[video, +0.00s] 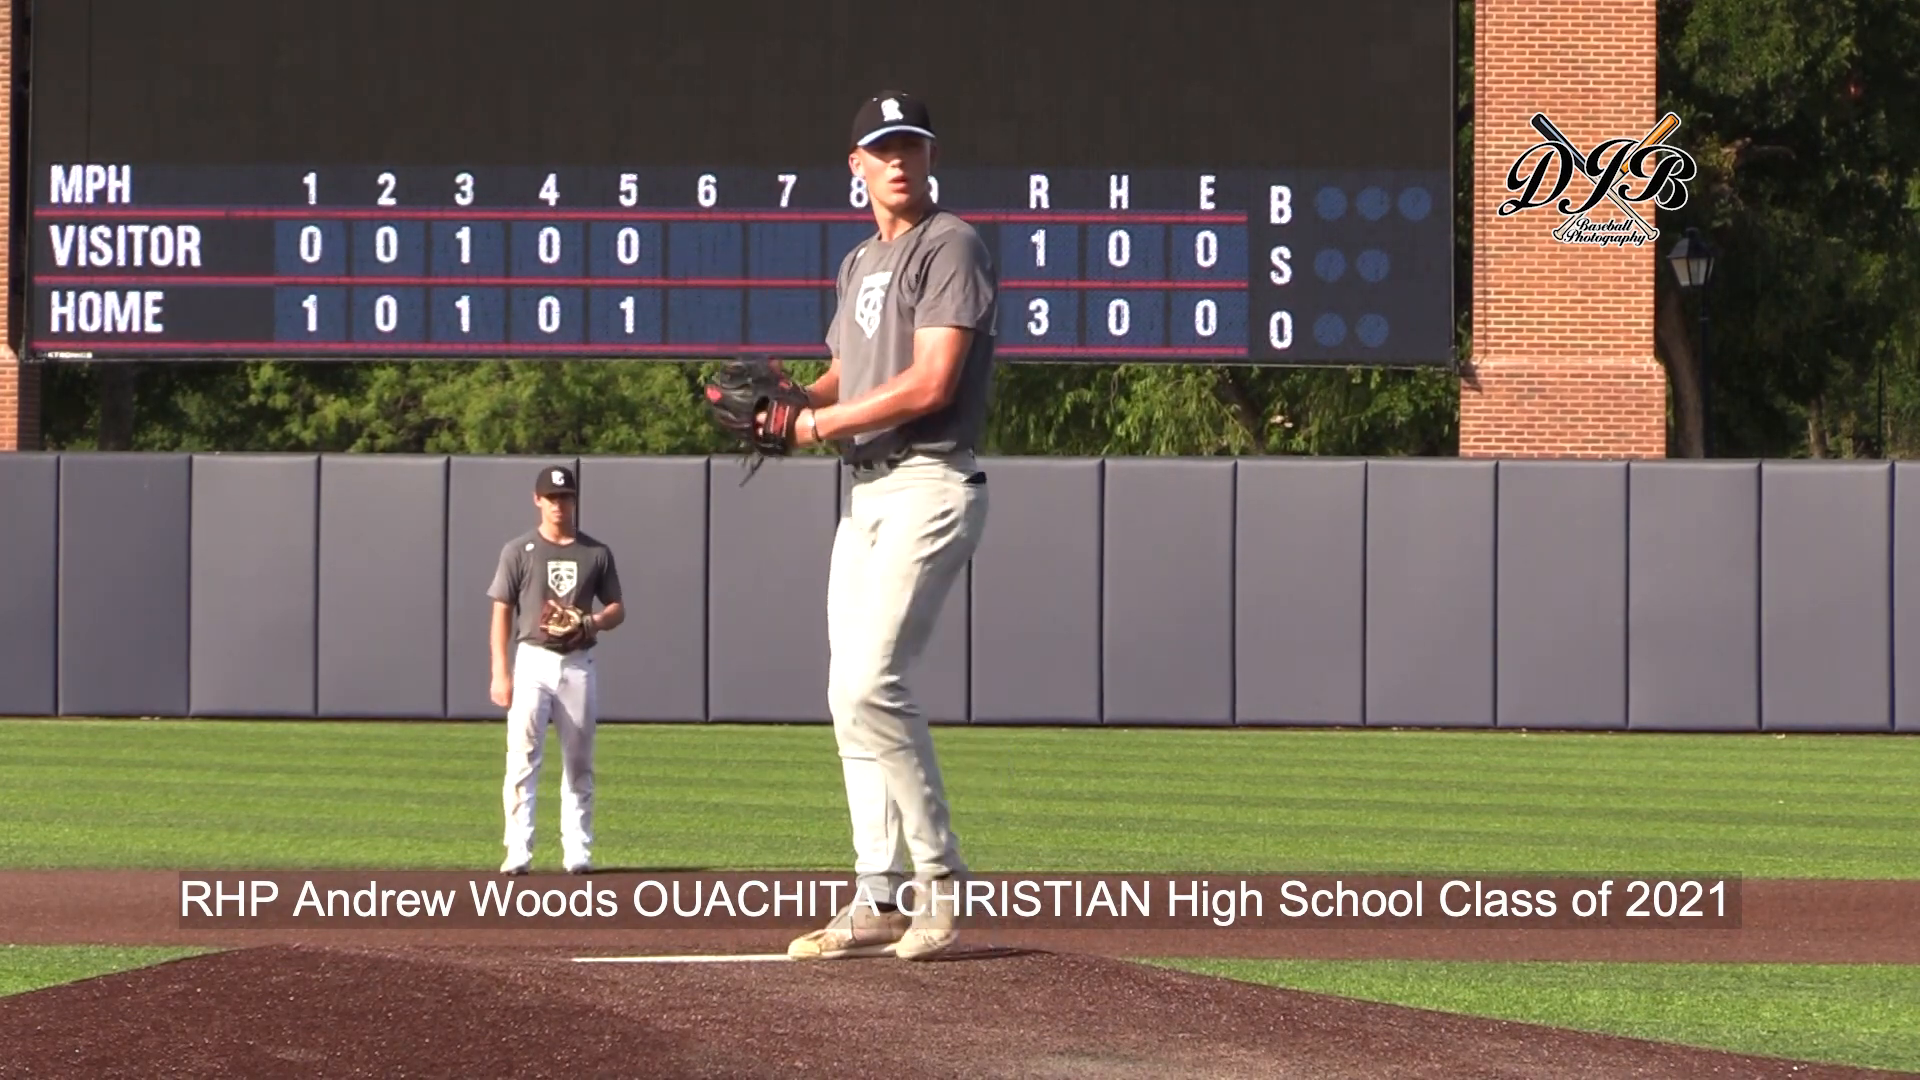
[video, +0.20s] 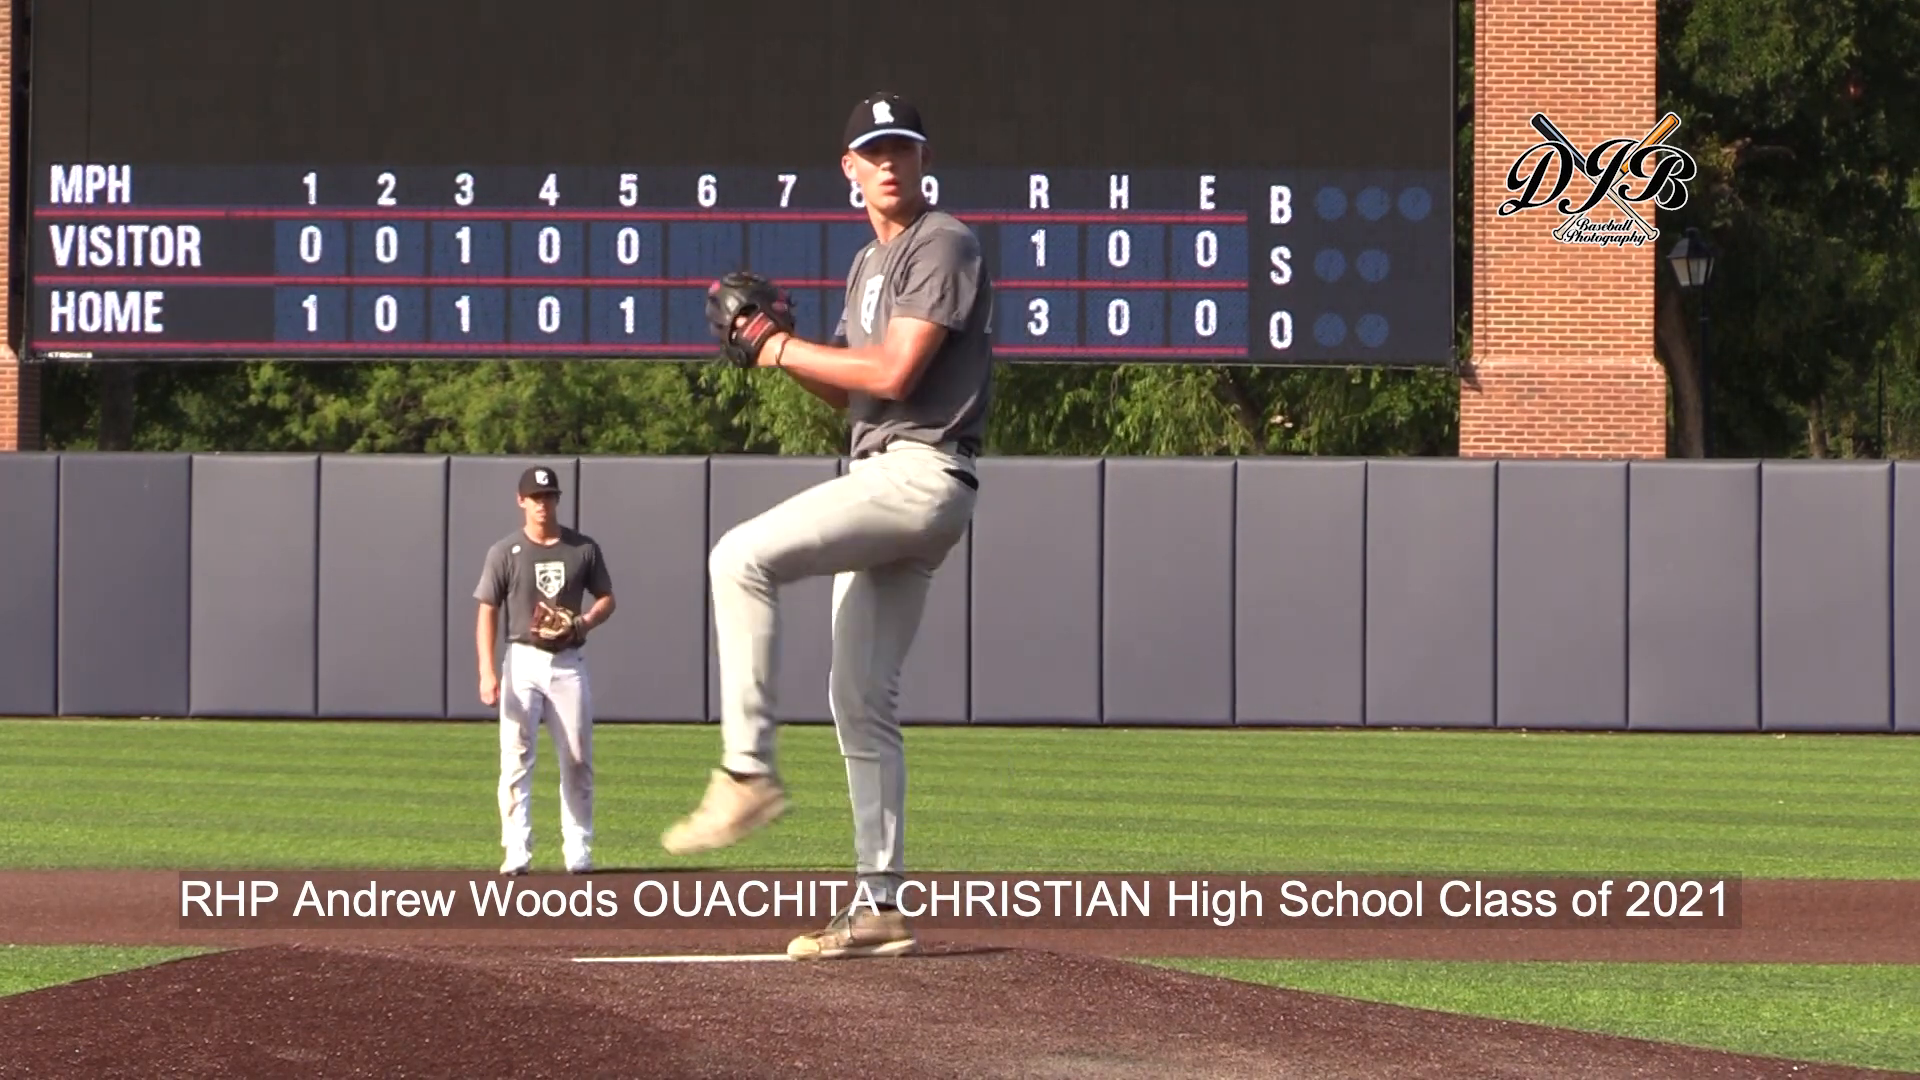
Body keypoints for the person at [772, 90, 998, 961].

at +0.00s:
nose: (901, 165)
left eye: (911, 150)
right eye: (884, 153)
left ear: (930, 160)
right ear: (857, 167)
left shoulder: (953, 244)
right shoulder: (858, 263)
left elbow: (932, 383)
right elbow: (846, 381)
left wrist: (817, 423)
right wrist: (784, 405)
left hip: (930, 486)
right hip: (867, 490)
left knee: (870, 686)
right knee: (851, 697)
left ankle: (940, 882)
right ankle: (880, 898)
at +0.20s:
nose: (889, 168)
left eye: (902, 153)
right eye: (873, 155)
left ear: (925, 162)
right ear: (851, 170)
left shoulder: (946, 242)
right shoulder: (869, 264)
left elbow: (893, 371)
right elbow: (853, 387)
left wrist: (778, 343)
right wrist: (779, 342)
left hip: (920, 475)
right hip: (885, 476)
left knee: (741, 557)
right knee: (863, 704)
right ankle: (882, 906)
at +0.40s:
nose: (885, 178)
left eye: (897, 162)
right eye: (869, 165)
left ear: (922, 170)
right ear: (848, 178)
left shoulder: (937, 243)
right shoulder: (878, 264)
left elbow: (845, 346)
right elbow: (811, 365)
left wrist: (773, 276)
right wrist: (779, 276)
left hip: (910, 468)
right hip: (898, 488)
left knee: (711, 403)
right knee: (854, 698)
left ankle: (575, 565)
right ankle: (878, 905)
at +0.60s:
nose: (875, 205)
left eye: (889, 189)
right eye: (860, 193)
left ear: (917, 197)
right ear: (841, 206)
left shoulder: (933, 263)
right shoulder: (870, 283)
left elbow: (825, 338)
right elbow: (833, 357)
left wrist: (772, 265)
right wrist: (791, 276)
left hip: (894, 469)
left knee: (750, 318)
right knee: (815, 701)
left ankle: (710, 523)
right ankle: (876, 904)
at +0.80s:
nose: (871, 248)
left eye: (886, 232)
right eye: (856, 235)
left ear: (913, 240)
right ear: (840, 250)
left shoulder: (921, 304)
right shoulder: (904, 333)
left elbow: (859, 417)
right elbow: (879, 488)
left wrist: (750, 427)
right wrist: (781, 471)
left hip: (916, 533)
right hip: (938, 551)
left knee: (721, 567)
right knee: (798, 728)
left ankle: (782, 768)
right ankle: (875, 906)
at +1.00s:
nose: (848, 343)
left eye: (865, 327)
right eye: (839, 329)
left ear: (899, 334)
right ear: (826, 337)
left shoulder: (906, 374)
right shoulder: (920, 408)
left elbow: (831, 393)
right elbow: (951, 579)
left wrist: (722, 397)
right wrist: (954, 730)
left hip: (981, 604)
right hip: (962, 610)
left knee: (812, 711)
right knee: (793, 739)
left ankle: (832, 913)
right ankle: (879, 907)